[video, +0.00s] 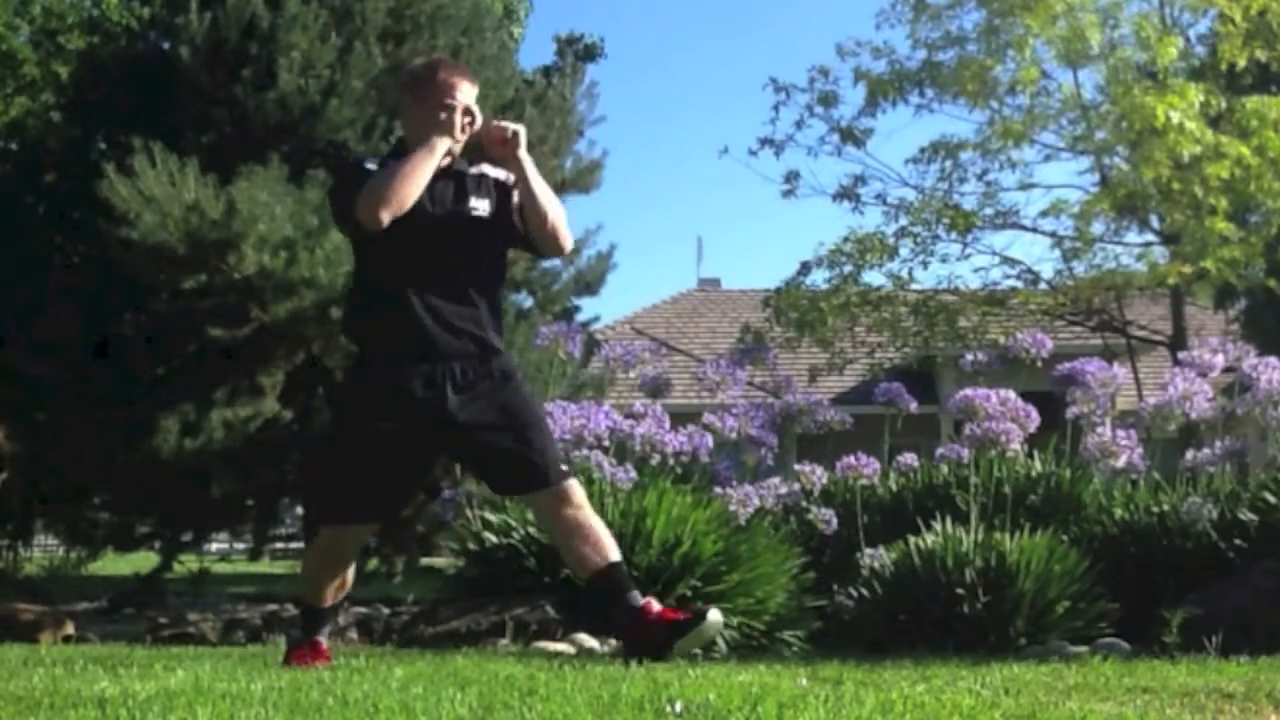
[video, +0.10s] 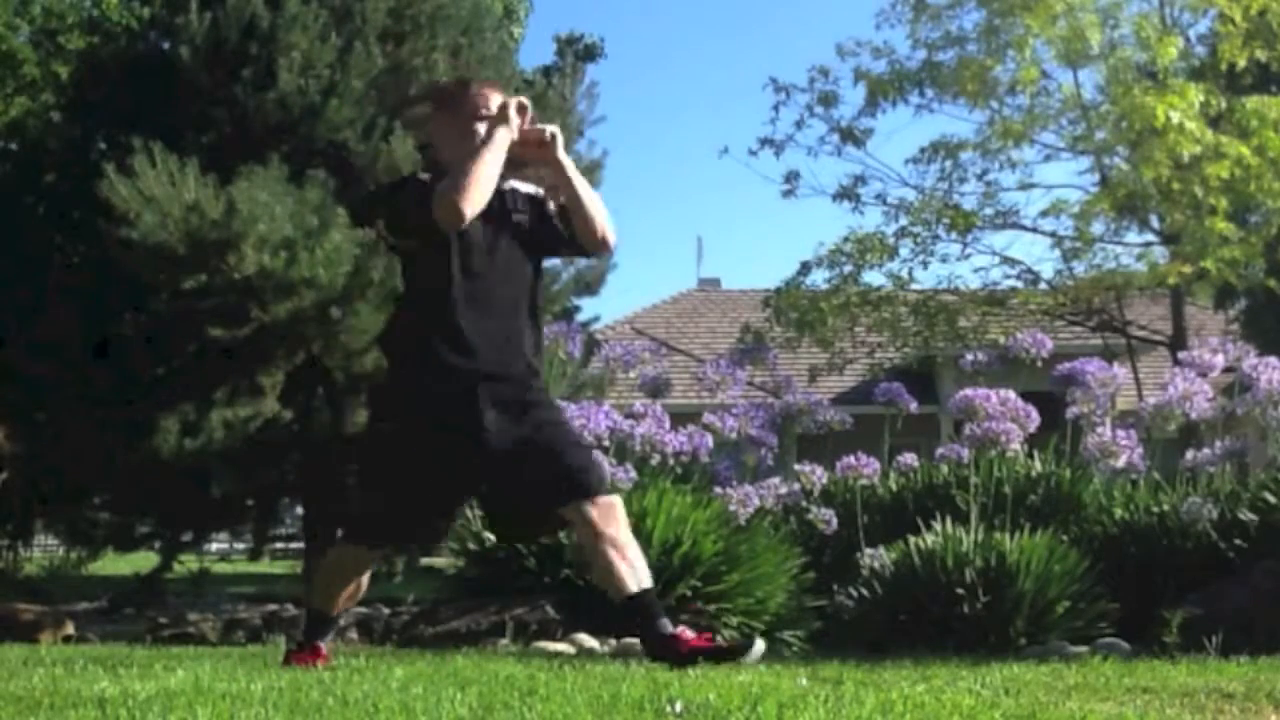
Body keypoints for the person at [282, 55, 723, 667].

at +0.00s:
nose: (457, 120)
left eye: (467, 112)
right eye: (443, 107)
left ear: (477, 121)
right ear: (405, 106)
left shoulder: (496, 185)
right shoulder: (366, 173)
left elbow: (557, 243)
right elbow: (375, 214)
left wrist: (521, 162)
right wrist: (441, 143)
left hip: (482, 372)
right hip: (391, 374)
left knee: (557, 487)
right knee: (344, 521)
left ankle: (633, 615)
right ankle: (310, 639)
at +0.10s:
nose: (495, 126)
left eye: (499, 116)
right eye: (479, 115)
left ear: (504, 132)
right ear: (435, 129)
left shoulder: (523, 205)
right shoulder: (406, 197)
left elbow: (599, 241)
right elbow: (456, 211)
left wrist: (558, 166)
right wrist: (501, 133)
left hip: (516, 400)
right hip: (427, 400)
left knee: (597, 500)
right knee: (362, 540)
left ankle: (661, 635)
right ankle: (312, 640)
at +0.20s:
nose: (529, 119)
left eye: (536, 111)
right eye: (511, 110)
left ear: (548, 125)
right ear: (474, 127)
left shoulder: (553, 190)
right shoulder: (478, 184)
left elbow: (624, 219)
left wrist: (597, 145)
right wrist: (564, 107)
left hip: (579, 392)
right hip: (501, 397)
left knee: (664, 494)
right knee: (419, 533)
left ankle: (678, 639)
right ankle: (319, 626)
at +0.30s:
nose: (572, 96)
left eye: (576, 87)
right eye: (555, 86)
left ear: (584, 99)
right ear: (517, 105)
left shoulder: (581, 159)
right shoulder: (537, 162)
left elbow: (638, 197)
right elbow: (646, 144)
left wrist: (623, 119)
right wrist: (613, 86)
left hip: (633, 355)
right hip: (569, 357)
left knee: (698, 497)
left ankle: (687, 643)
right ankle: (409, 602)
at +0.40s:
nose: (613, 89)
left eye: (616, 80)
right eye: (599, 76)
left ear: (619, 88)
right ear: (558, 82)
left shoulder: (603, 145)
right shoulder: (563, 138)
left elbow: (693, 176)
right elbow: (656, 152)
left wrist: (672, 100)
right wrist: (652, 82)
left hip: (635, 318)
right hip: (603, 315)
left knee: (697, 494)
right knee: (728, 405)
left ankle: (687, 639)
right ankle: (618, 531)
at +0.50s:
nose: (658, 102)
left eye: (662, 93)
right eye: (646, 89)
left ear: (657, 102)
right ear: (606, 89)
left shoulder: (641, 156)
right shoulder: (599, 149)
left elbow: (741, 184)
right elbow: (683, 183)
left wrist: (713, 116)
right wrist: (690, 106)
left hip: (657, 344)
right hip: (644, 307)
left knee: (728, 495)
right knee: (785, 246)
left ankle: (691, 644)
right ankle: (898, 309)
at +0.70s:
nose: (720, 101)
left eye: (724, 92)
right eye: (709, 88)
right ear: (668, 83)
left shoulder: (663, 157)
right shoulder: (663, 150)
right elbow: (750, 217)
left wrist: (756, 142)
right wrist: (766, 126)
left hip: (712, 352)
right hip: (722, 319)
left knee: (767, 514)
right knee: (844, 212)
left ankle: (695, 649)